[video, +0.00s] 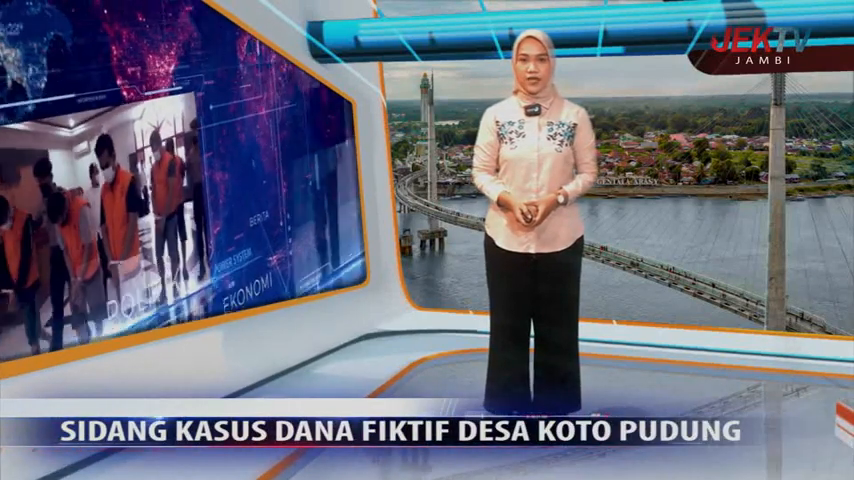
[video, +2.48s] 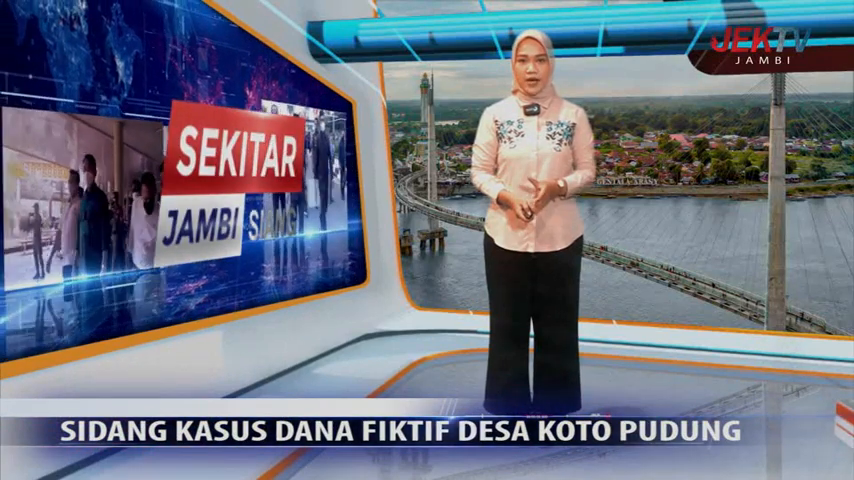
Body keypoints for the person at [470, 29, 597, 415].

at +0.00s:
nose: (532, 67)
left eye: (541, 59)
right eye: (524, 59)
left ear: (552, 65)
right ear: (513, 65)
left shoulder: (575, 116)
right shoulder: (495, 116)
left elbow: (588, 173)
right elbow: (481, 172)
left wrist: (554, 199)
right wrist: (509, 201)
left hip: (559, 243)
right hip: (507, 244)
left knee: (558, 338)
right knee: (508, 336)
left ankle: (557, 422)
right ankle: (507, 422)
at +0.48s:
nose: (531, 66)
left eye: (539, 58)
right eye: (523, 58)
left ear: (551, 64)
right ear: (513, 64)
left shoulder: (574, 116)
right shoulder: (494, 116)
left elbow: (587, 174)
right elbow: (480, 172)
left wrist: (553, 198)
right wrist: (508, 201)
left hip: (559, 243)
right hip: (506, 244)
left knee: (558, 339)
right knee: (507, 337)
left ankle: (557, 423)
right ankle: (506, 423)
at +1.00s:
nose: (531, 67)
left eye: (539, 59)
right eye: (523, 59)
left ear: (551, 64)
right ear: (513, 65)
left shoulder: (573, 116)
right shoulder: (494, 116)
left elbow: (587, 174)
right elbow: (480, 172)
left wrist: (553, 199)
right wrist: (508, 201)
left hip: (559, 243)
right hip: (506, 244)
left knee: (558, 339)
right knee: (507, 337)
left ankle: (558, 423)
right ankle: (506, 423)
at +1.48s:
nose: (531, 67)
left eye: (539, 59)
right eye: (523, 60)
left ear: (551, 65)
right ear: (513, 65)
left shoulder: (573, 116)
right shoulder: (494, 116)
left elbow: (586, 173)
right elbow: (479, 171)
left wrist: (553, 199)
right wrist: (508, 201)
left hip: (558, 243)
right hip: (506, 243)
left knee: (558, 337)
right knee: (507, 336)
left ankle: (557, 422)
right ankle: (507, 422)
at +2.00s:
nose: (531, 67)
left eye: (539, 60)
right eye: (523, 60)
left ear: (551, 65)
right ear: (512, 65)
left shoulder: (573, 115)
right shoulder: (493, 115)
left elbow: (587, 171)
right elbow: (479, 171)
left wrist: (560, 189)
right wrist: (507, 197)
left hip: (558, 242)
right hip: (506, 243)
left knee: (558, 337)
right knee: (507, 336)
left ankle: (558, 422)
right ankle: (506, 422)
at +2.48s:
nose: (531, 67)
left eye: (540, 60)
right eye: (523, 60)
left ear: (551, 65)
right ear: (512, 65)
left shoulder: (573, 115)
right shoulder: (494, 116)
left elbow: (587, 172)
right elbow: (479, 171)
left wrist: (558, 187)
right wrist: (507, 196)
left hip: (559, 241)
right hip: (507, 242)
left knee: (558, 337)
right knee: (508, 336)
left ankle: (558, 422)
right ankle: (506, 422)